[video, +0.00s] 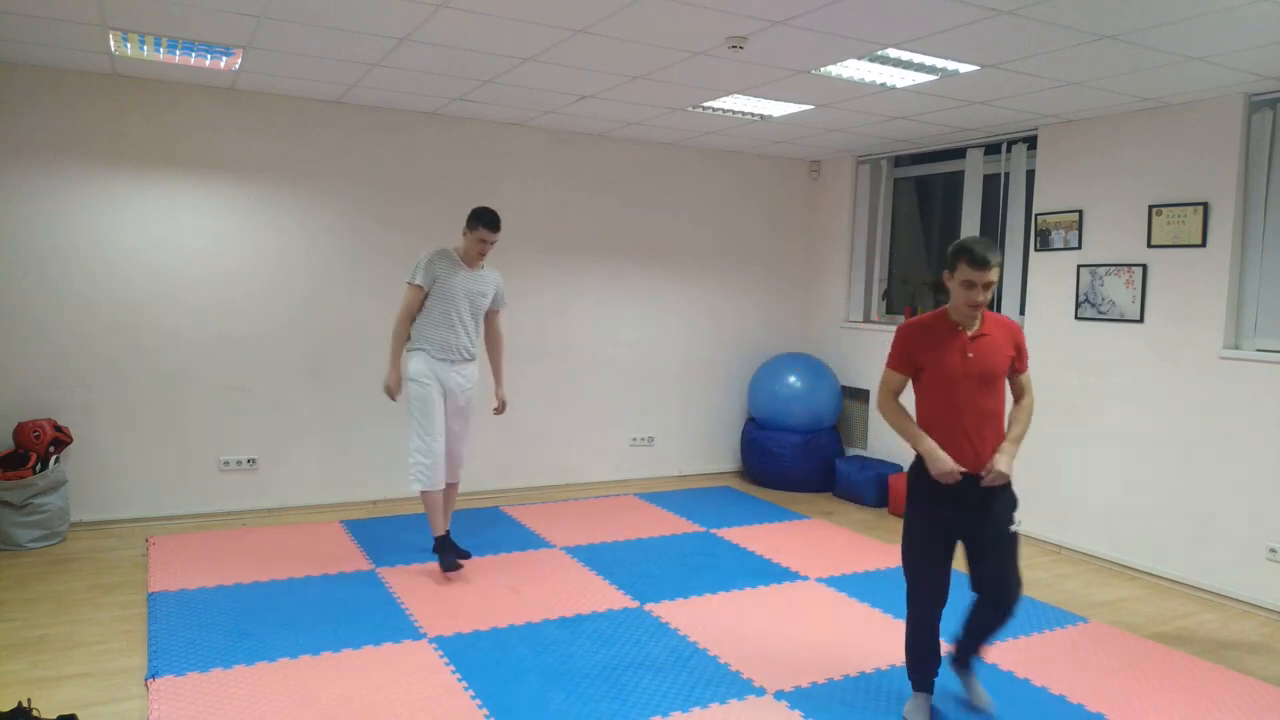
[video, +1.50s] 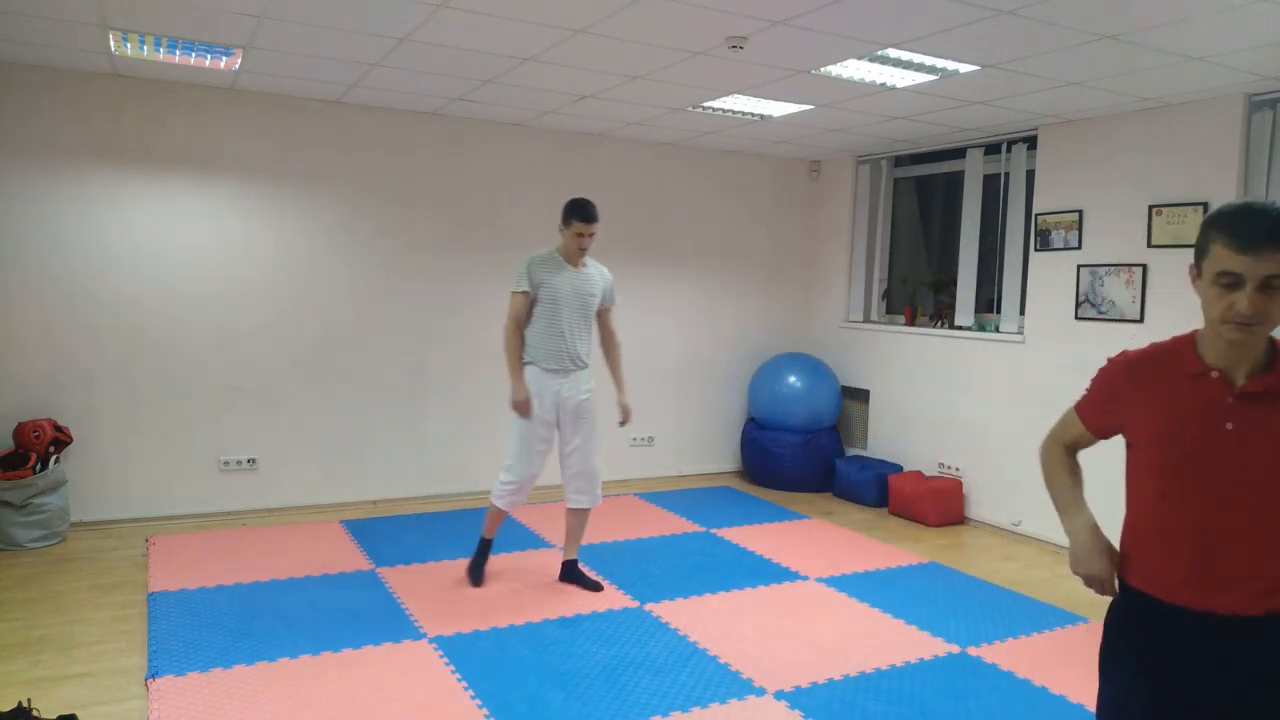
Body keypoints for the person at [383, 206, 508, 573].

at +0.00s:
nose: (486, 248)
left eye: (492, 243)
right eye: (481, 240)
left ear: (497, 243)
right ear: (465, 232)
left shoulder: (492, 280)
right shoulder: (436, 262)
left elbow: (493, 334)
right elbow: (405, 315)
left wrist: (499, 385)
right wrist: (394, 370)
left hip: (464, 371)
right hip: (424, 365)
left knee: (455, 452)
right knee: (431, 449)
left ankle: (444, 533)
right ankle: (439, 540)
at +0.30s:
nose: (484, 246)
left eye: (489, 240)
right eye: (477, 239)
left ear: (494, 237)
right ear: (461, 233)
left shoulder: (496, 274)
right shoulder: (437, 270)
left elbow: (501, 329)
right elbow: (414, 329)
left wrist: (512, 370)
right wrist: (415, 384)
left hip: (480, 374)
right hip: (441, 372)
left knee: (468, 454)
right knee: (443, 456)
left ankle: (444, 532)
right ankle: (454, 548)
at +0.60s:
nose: (478, 240)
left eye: (483, 233)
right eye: (471, 235)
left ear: (489, 228)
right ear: (453, 231)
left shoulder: (500, 266)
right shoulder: (438, 272)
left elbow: (510, 321)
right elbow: (428, 337)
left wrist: (519, 368)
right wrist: (443, 390)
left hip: (498, 377)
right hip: (458, 378)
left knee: (493, 467)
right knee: (450, 465)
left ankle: (459, 520)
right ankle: (455, 551)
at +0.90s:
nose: (497, 244)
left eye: (501, 236)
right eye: (489, 238)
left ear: (506, 231)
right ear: (471, 233)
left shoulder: (514, 265)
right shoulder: (453, 273)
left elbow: (520, 321)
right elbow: (443, 339)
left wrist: (532, 372)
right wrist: (451, 396)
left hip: (512, 378)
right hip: (470, 380)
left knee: (532, 464)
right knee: (460, 468)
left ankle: (538, 551)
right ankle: (457, 555)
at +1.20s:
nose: (537, 246)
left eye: (542, 239)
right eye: (530, 239)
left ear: (547, 237)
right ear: (513, 234)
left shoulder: (554, 274)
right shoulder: (491, 272)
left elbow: (554, 330)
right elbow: (470, 332)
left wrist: (556, 380)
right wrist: (464, 391)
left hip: (541, 384)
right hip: (497, 383)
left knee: (562, 469)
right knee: (478, 470)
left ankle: (569, 563)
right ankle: (460, 558)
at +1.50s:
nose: (586, 242)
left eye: (591, 235)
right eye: (579, 234)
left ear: (596, 234)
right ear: (562, 230)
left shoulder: (600, 277)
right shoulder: (535, 266)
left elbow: (608, 337)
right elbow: (515, 324)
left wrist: (621, 392)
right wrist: (516, 383)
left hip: (579, 382)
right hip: (538, 381)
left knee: (583, 473)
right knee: (522, 471)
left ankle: (570, 564)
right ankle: (483, 549)